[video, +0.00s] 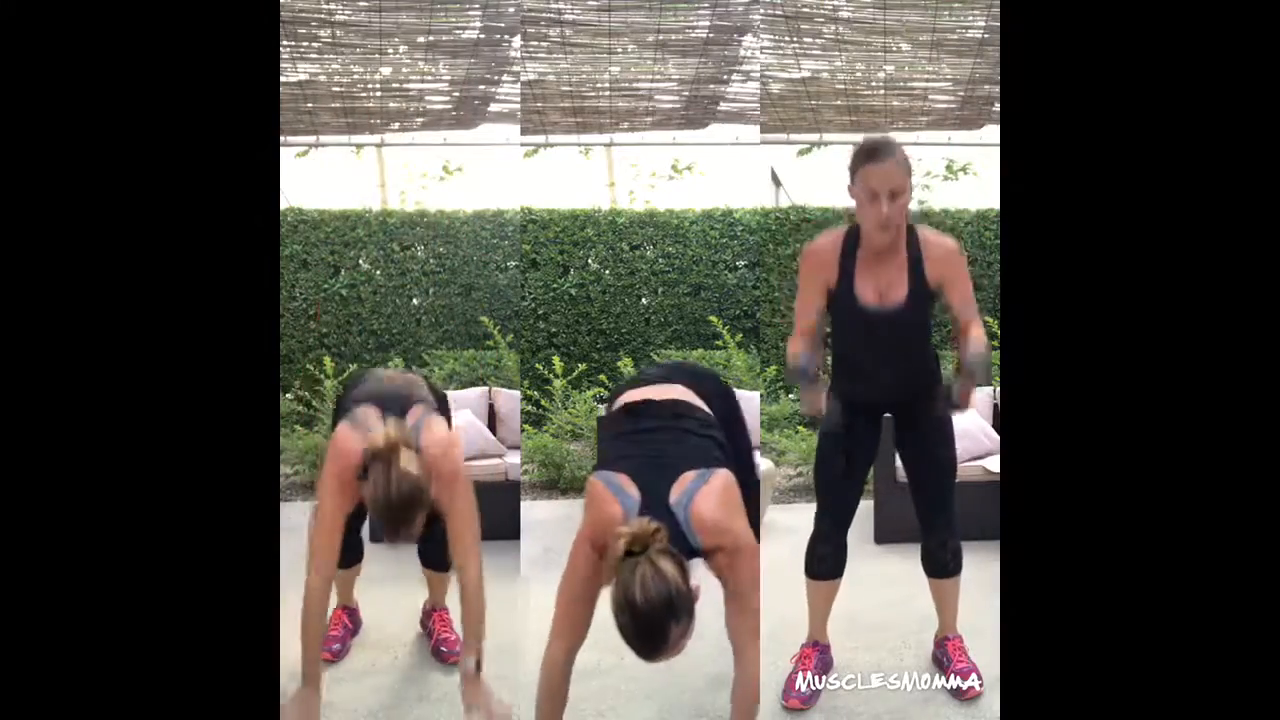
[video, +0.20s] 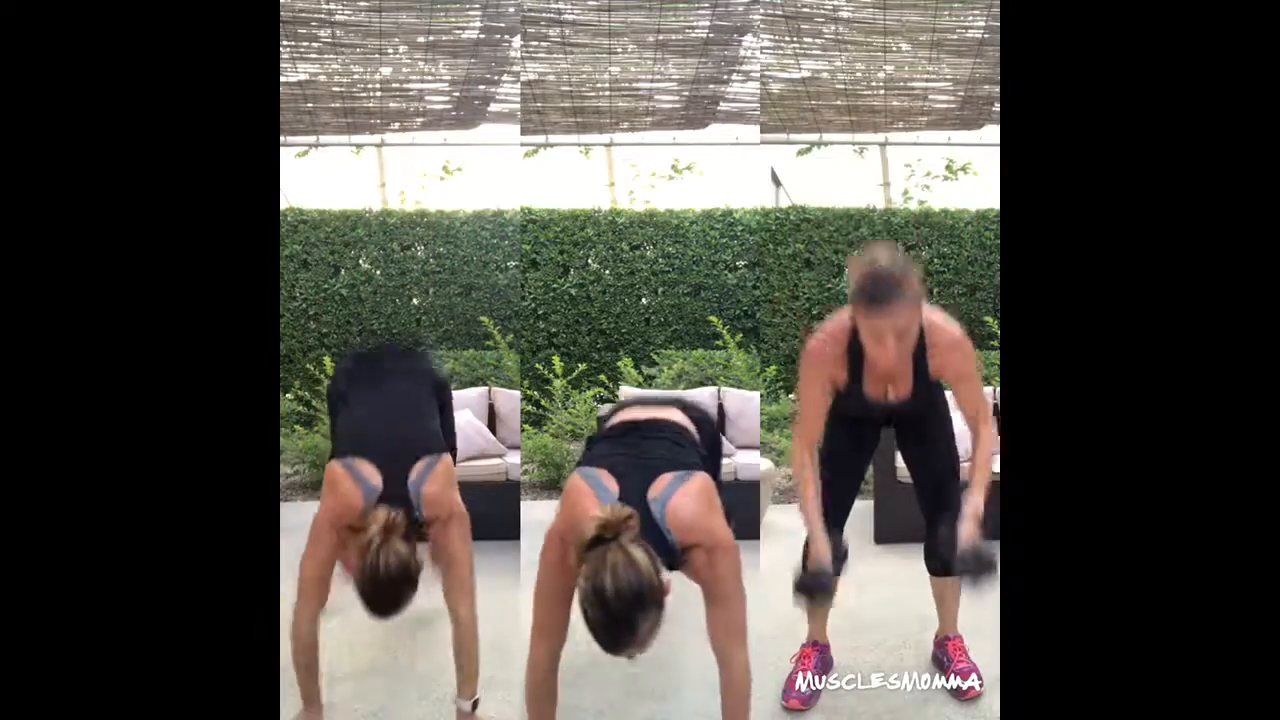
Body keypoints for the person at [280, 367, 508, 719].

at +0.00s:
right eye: (395, 532)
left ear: (425, 489)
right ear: (369, 490)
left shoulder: (443, 451)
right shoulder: (346, 449)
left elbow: (469, 568)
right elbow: (319, 576)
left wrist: (473, 676)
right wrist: (308, 688)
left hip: (425, 393)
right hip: (359, 391)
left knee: (441, 521)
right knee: (343, 520)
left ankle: (436, 610)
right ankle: (346, 609)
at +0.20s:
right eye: (355, 571)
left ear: (418, 556)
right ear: (351, 547)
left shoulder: (445, 505)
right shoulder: (338, 503)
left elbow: (463, 611)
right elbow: (305, 615)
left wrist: (467, 705)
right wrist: (311, 708)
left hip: (422, 371)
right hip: (352, 371)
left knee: (445, 476)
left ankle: (441, 549)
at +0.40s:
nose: (391, 623)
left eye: (399, 617)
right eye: (380, 618)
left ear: (419, 562)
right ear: (347, 563)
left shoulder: (451, 516)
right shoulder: (327, 519)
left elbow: (473, 625)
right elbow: (302, 628)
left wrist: (468, 708)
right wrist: (311, 710)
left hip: (431, 438)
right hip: (357, 440)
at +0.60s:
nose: (395, 602)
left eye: (408, 587)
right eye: (381, 592)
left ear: (427, 539)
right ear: (356, 550)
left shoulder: (452, 507)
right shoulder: (334, 508)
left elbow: (476, 621)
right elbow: (302, 625)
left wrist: (468, 707)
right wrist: (311, 708)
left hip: (431, 465)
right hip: (360, 466)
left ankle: (440, 546)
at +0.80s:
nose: (402, 603)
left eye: (408, 596)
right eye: (391, 600)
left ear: (426, 550)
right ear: (360, 555)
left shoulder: (448, 502)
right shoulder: (342, 505)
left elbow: (468, 617)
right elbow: (313, 617)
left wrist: (467, 706)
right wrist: (312, 709)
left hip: (427, 398)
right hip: (359, 398)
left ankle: (436, 547)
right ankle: (351, 552)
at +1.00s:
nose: (397, 567)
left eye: (403, 559)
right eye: (387, 563)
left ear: (417, 523)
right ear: (362, 526)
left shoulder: (442, 490)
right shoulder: (341, 495)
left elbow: (461, 604)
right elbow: (323, 609)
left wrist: (467, 703)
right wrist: (311, 708)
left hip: (432, 403)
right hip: (364, 403)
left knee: (459, 513)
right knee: (327, 509)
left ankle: (440, 607)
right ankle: (346, 604)